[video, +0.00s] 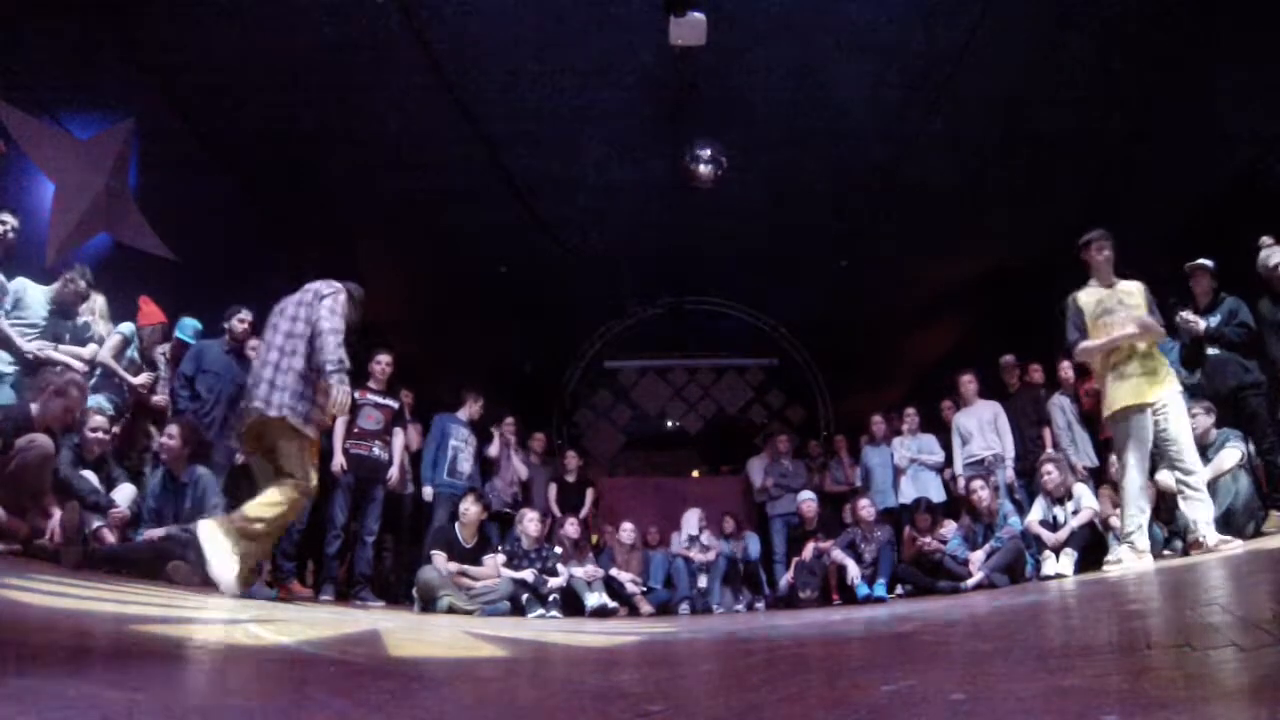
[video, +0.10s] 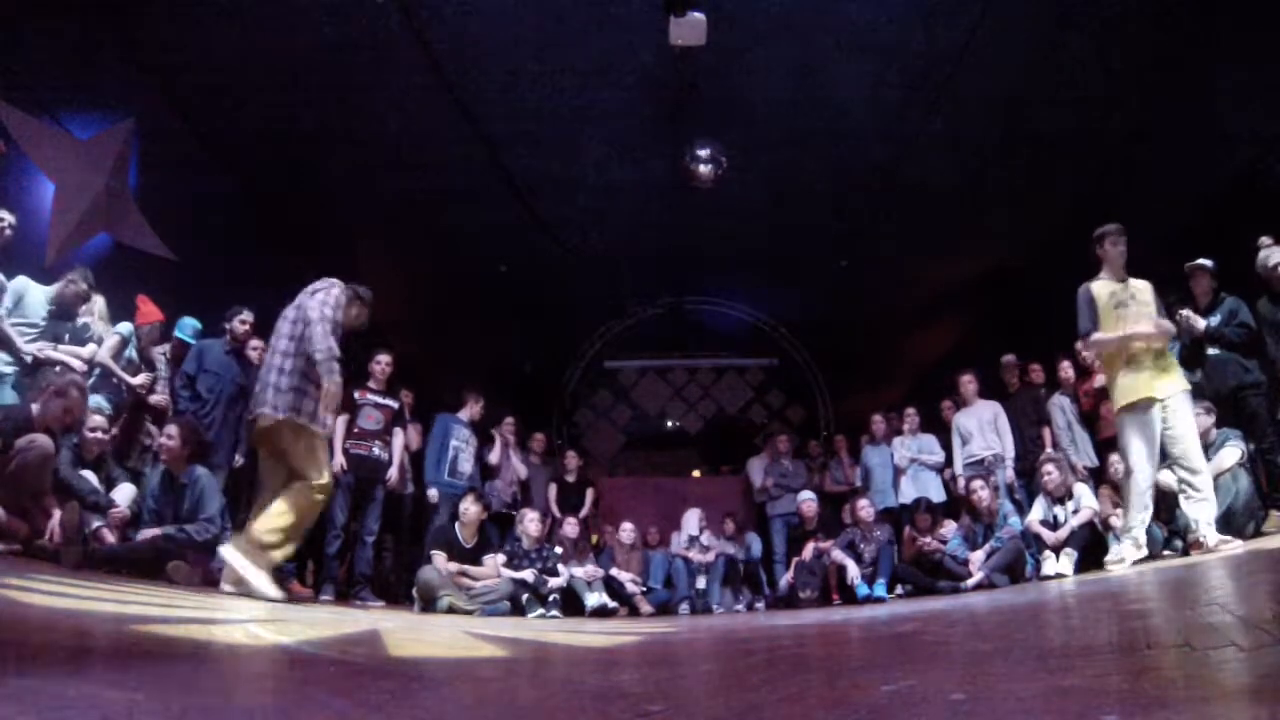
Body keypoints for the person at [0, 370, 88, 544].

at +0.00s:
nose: (70, 420)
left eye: (74, 415)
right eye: (67, 411)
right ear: (50, 393)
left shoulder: (52, 437)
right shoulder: (7, 422)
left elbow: (45, 489)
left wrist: (56, 513)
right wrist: (8, 522)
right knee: (40, 446)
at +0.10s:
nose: (68, 421)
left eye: (73, 418)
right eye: (66, 411)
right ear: (49, 394)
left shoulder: (51, 438)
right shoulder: (8, 422)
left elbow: (44, 490)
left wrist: (56, 512)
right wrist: (7, 521)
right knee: (40, 446)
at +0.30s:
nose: (68, 422)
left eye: (74, 419)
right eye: (67, 412)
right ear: (52, 394)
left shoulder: (52, 438)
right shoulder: (8, 422)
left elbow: (45, 489)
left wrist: (55, 512)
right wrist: (6, 523)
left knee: (70, 509)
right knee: (41, 446)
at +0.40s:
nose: (69, 422)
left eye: (75, 419)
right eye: (68, 412)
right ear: (52, 395)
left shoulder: (52, 439)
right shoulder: (8, 421)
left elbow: (46, 490)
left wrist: (55, 513)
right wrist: (4, 523)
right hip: (5, 498)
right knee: (41, 446)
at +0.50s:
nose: (70, 422)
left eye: (76, 419)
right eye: (68, 412)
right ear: (52, 396)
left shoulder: (52, 439)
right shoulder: (7, 422)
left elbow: (46, 490)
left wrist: (56, 514)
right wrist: (5, 528)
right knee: (41, 447)